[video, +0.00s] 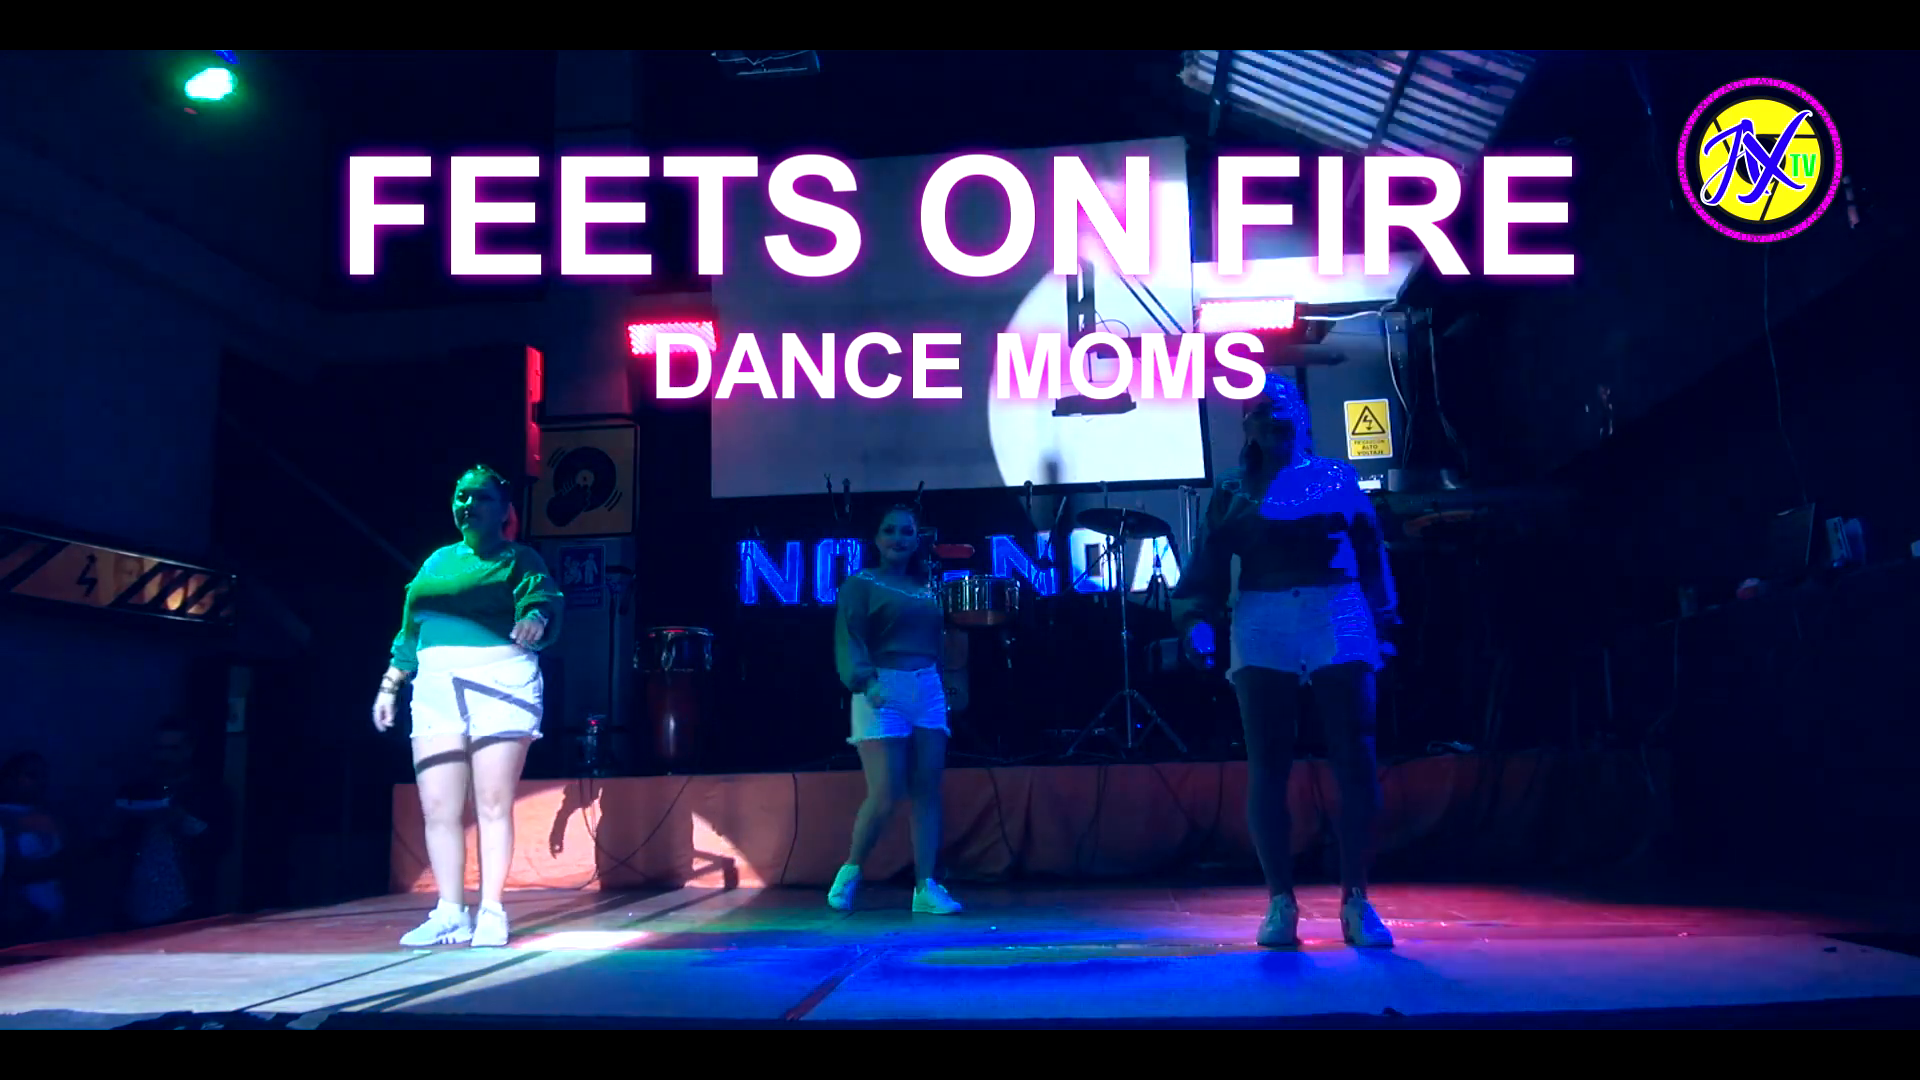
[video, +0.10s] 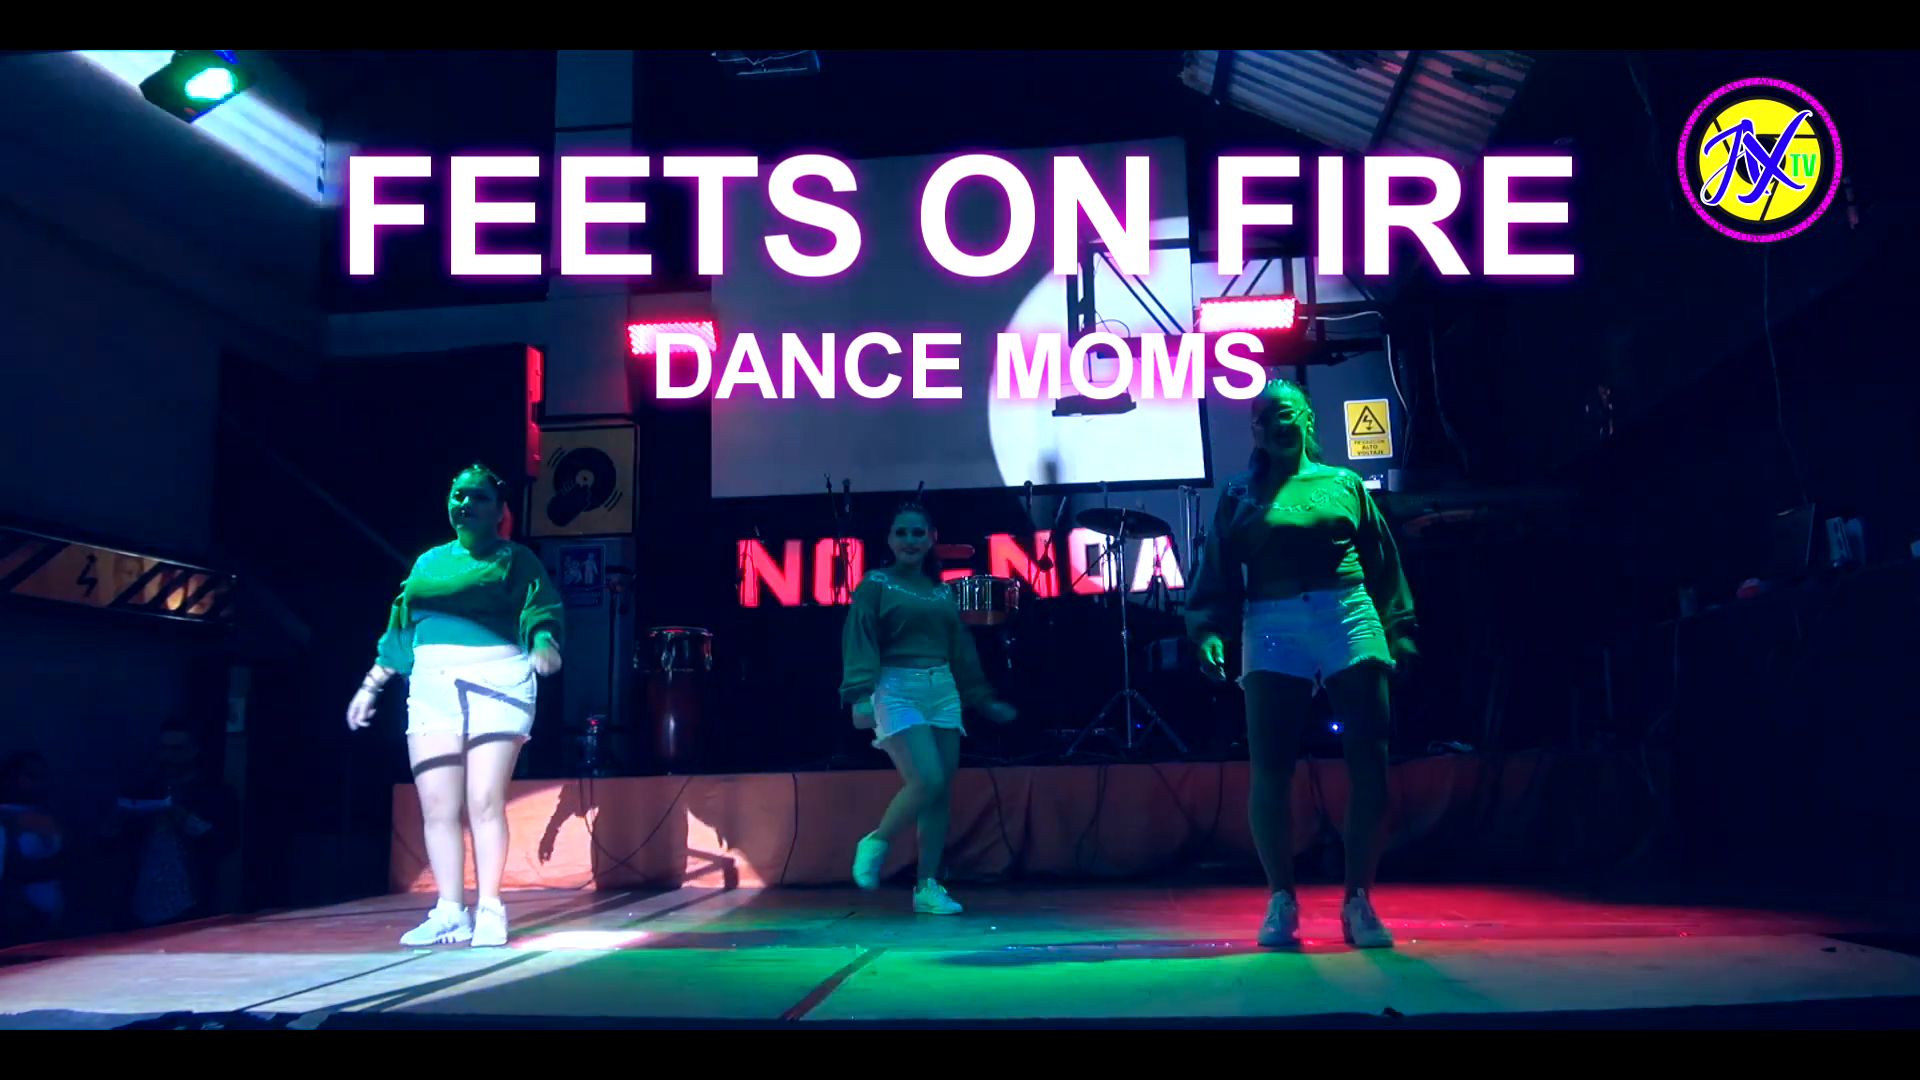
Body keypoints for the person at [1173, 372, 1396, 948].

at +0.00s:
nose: (1272, 424)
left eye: (1281, 415)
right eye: (1262, 418)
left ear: (1301, 423)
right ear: (1248, 430)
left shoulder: (1336, 477)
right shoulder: (1232, 490)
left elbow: (1372, 555)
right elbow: (1205, 570)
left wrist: (1384, 623)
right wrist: (1196, 620)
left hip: (1338, 617)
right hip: (1262, 623)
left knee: (1353, 760)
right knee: (1268, 765)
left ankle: (1356, 899)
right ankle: (1280, 900)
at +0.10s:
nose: (1278, 421)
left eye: (1287, 413)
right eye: (1268, 415)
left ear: (1310, 422)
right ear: (1254, 429)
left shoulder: (1346, 483)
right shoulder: (1237, 495)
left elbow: (1385, 564)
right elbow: (1211, 579)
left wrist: (1400, 627)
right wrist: (1206, 632)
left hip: (1349, 619)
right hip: (1271, 630)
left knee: (1368, 756)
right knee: (1270, 766)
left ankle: (1358, 899)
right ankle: (1281, 899)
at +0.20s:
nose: (1269, 420)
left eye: (1280, 411)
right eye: (1262, 414)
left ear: (1309, 420)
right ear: (1255, 428)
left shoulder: (1351, 482)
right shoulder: (1242, 496)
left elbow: (1394, 562)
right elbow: (1224, 582)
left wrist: (1412, 627)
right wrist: (1221, 652)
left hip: (1351, 615)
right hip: (1273, 624)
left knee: (1368, 757)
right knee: (1264, 762)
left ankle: (1359, 900)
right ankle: (1278, 896)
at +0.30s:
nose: (1265, 413)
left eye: (1278, 404)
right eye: (1261, 405)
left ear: (1308, 413)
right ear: (1255, 418)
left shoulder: (1349, 470)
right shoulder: (1242, 486)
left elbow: (1394, 549)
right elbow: (1225, 574)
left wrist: (1409, 613)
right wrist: (1225, 648)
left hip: (1345, 609)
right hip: (1267, 616)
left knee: (1358, 758)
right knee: (1261, 759)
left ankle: (1358, 901)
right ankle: (1281, 899)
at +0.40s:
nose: (1261, 407)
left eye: (1274, 399)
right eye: (1258, 400)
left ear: (1305, 409)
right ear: (1256, 414)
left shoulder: (1344, 465)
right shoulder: (1241, 481)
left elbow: (1402, 542)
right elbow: (1223, 569)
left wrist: (1398, 599)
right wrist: (1226, 643)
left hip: (1336, 607)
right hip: (1260, 612)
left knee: (1350, 758)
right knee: (1264, 763)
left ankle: (1358, 901)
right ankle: (1286, 905)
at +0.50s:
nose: (1253, 406)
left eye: (1265, 397)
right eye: (1250, 399)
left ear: (1298, 405)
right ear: (1249, 413)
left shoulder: (1338, 465)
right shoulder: (1235, 480)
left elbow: (1401, 542)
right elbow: (1217, 572)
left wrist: (1399, 596)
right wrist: (1220, 644)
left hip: (1325, 609)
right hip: (1249, 613)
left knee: (1343, 759)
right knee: (1262, 764)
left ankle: (1355, 901)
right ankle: (1286, 904)